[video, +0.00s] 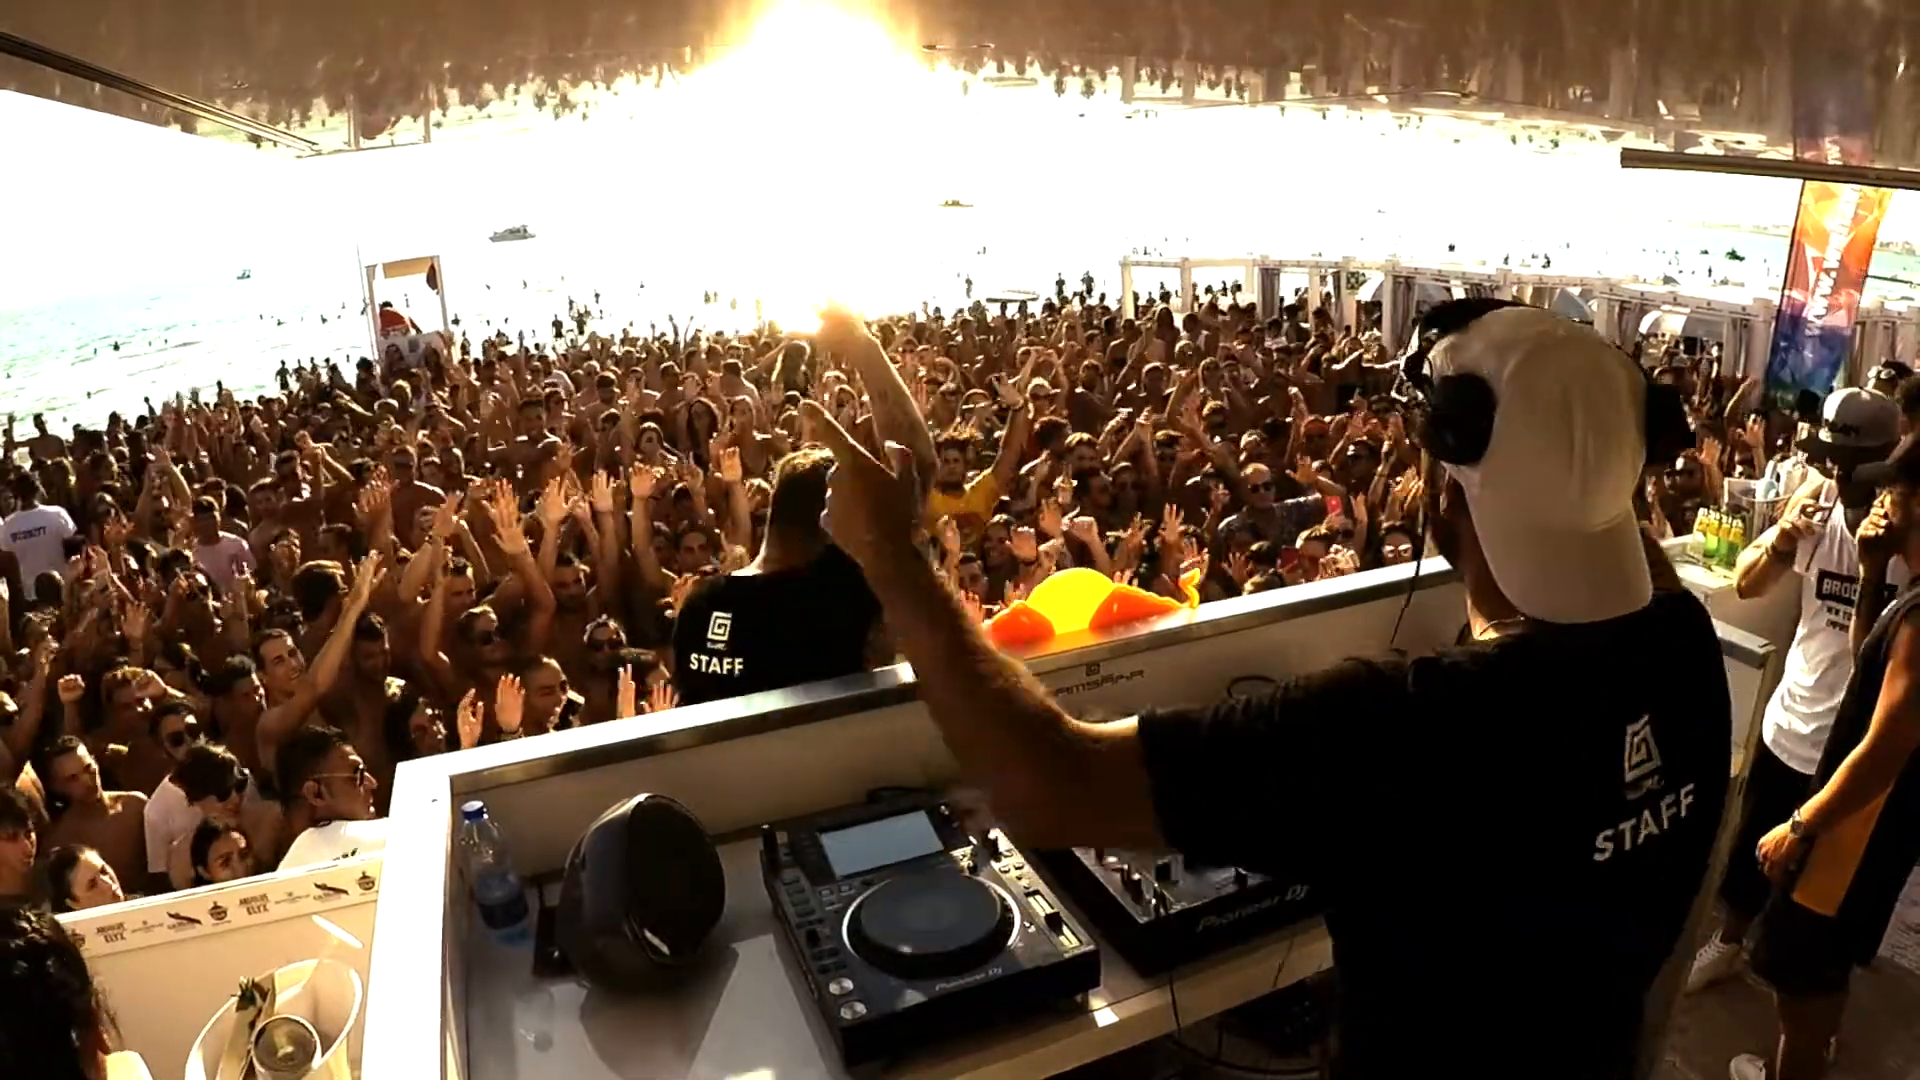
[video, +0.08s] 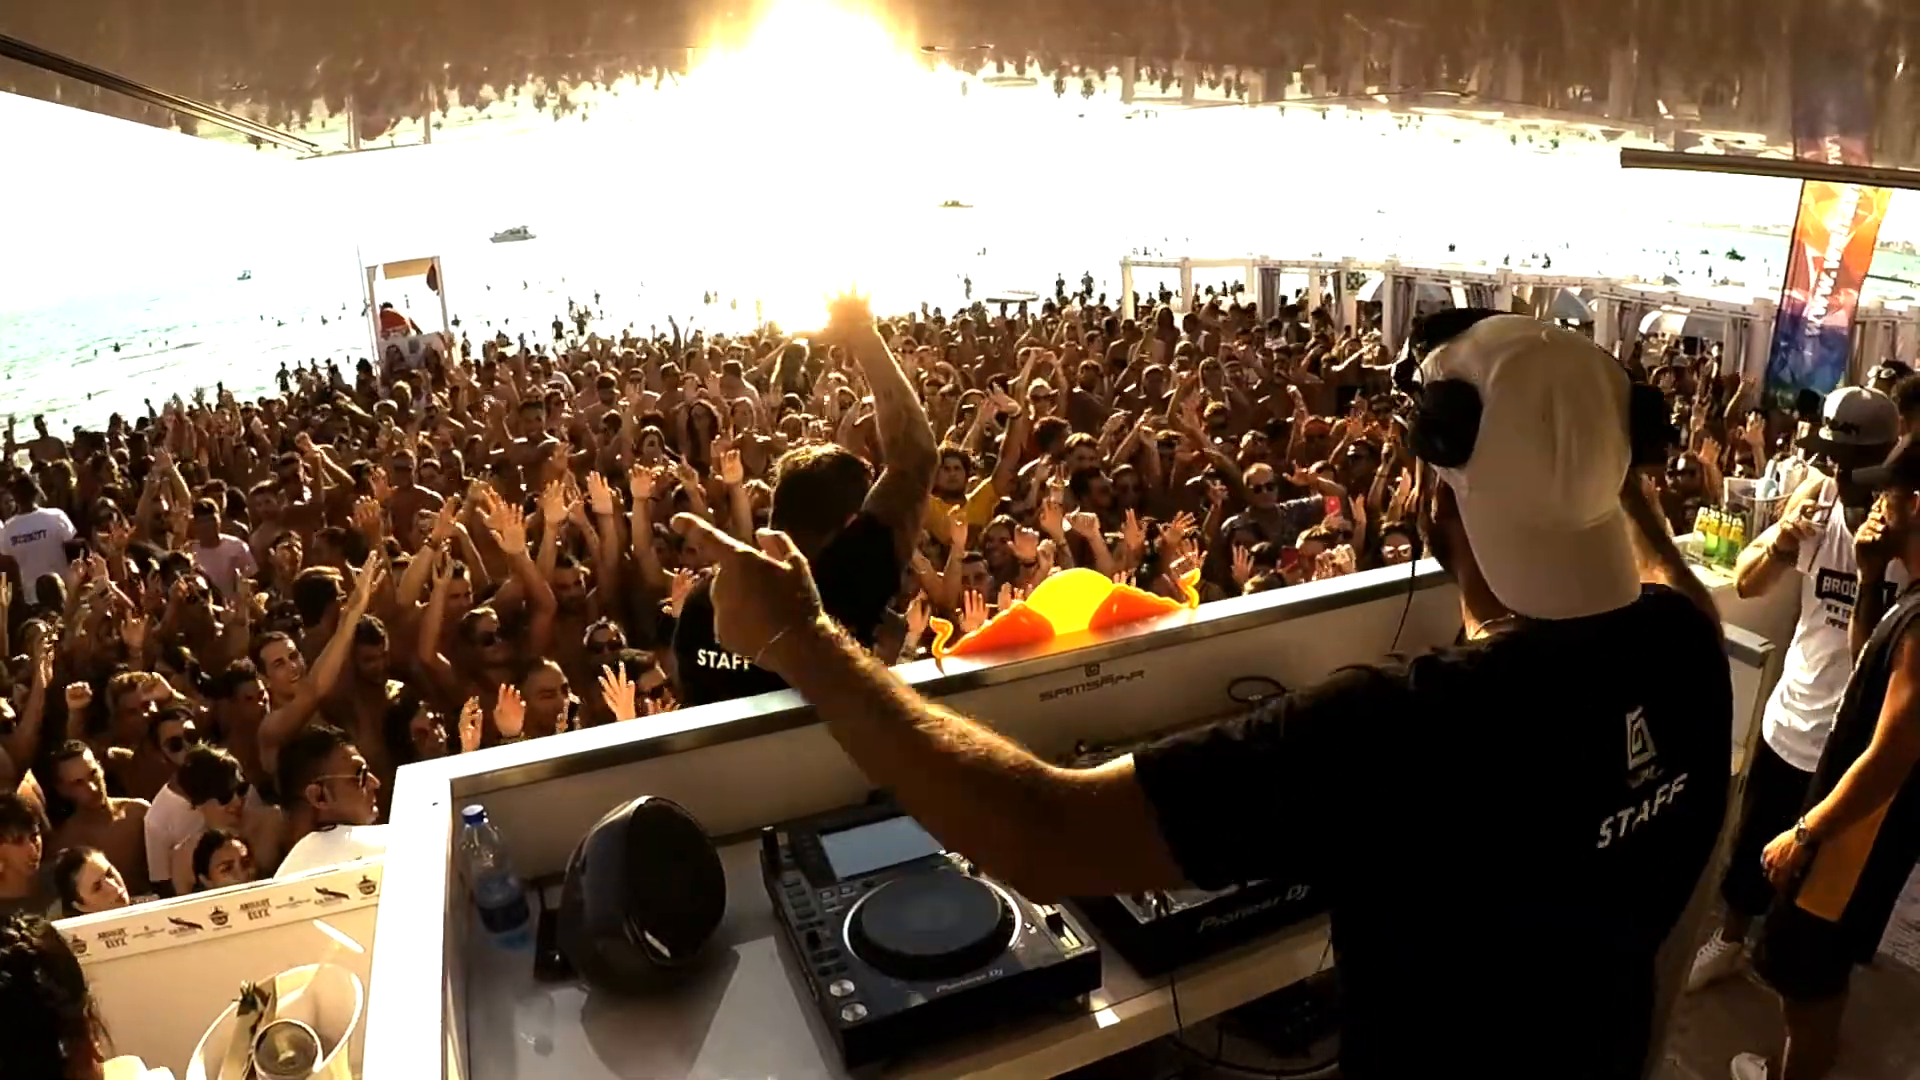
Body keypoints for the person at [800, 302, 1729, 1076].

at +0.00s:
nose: (1424, 490)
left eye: (1433, 460)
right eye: (1432, 456)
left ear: (1465, 500)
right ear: (1620, 488)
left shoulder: (1408, 731)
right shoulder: (1688, 657)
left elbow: (1053, 790)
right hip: (1604, 1061)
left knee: (1097, 1059)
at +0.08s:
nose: (1411, 501)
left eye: (1418, 471)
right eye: (1415, 470)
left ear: (1453, 507)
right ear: (1615, 484)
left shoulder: (1391, 737)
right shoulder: (1689, 656)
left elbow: (1049, 838)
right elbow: (1641, 557)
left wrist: (801, 643)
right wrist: (1589, 437)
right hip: (1609, 1058)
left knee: (1136, 1046)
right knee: (1205, 1024)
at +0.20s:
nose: (1378, 515)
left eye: (1389, 482)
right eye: (1381, 478)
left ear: (1433, 503)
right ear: (1564, 497)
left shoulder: (1395, 757)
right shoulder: (1661, 671)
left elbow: (1140, 1000)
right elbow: (1790, 752)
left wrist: (743, 964)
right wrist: (1838, 591)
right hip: (1571, 1054)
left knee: (862, 960)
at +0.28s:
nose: (1383, 490)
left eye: (1394, 453)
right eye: (1389, 449)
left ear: (1430, 480)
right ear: (1569, 481)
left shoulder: (1394, 725)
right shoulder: (1647, 646)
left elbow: (1131, 987)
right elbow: (1771, 733)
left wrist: (744, 939)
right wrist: (1825, 578)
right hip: (1581, 1059)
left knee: (909, 967)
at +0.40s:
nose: (1414, 492)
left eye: (1416, 460)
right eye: (1414, 460)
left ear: (1444, 489)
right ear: (1597, 473)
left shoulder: (1391, 734)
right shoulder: (1663, 644)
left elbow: (1053, 851)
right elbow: (1607, 548)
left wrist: (846, 650)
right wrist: (1556, 444)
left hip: (1421, 1077)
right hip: (1601, 1054)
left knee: (1128, 1064)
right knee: (1219, 1021)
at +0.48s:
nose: (1409, 488)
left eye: (1414, 461)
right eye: (1413, 458)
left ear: (1440, 490)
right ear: (1593, 463)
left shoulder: (1386, 723)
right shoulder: (1653, 630)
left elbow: (1050, 846)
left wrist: (901, 628)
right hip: (1586, 1060)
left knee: (1132, 1054)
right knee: (1231, 1018)